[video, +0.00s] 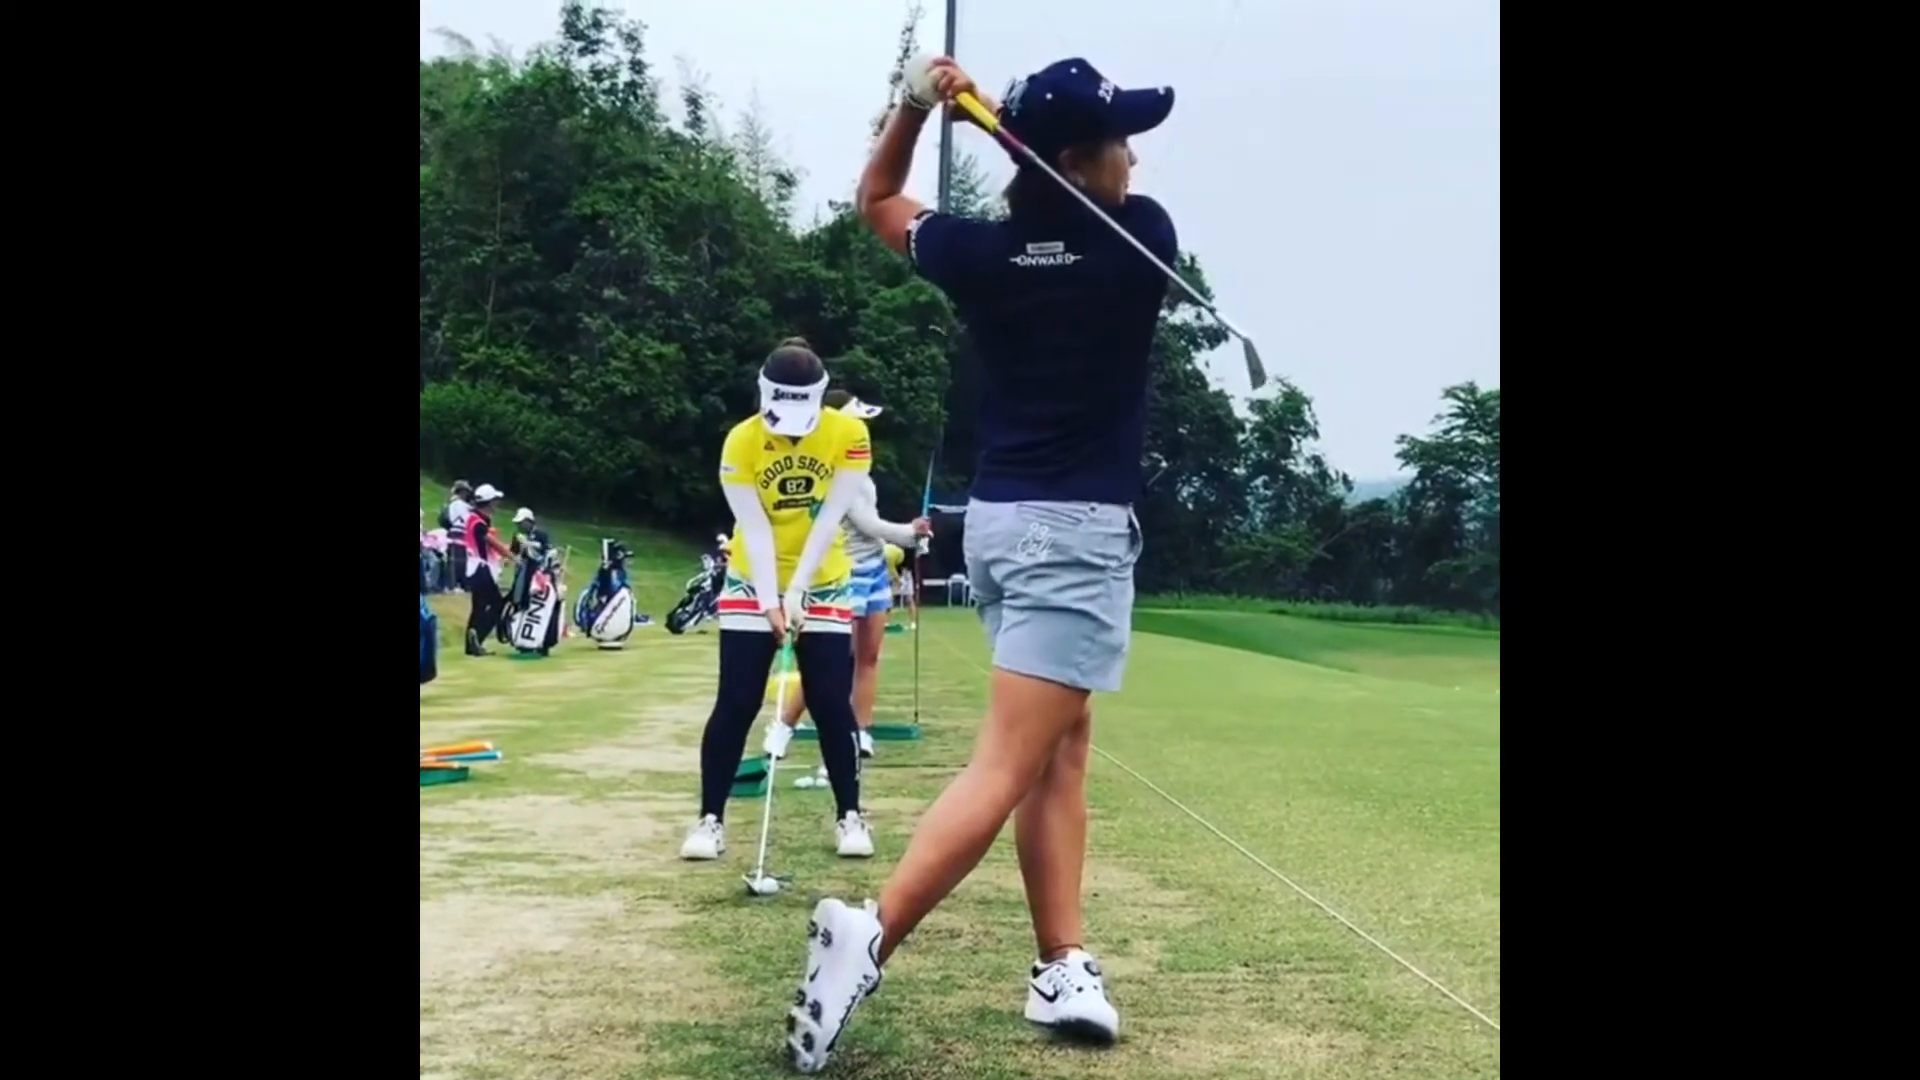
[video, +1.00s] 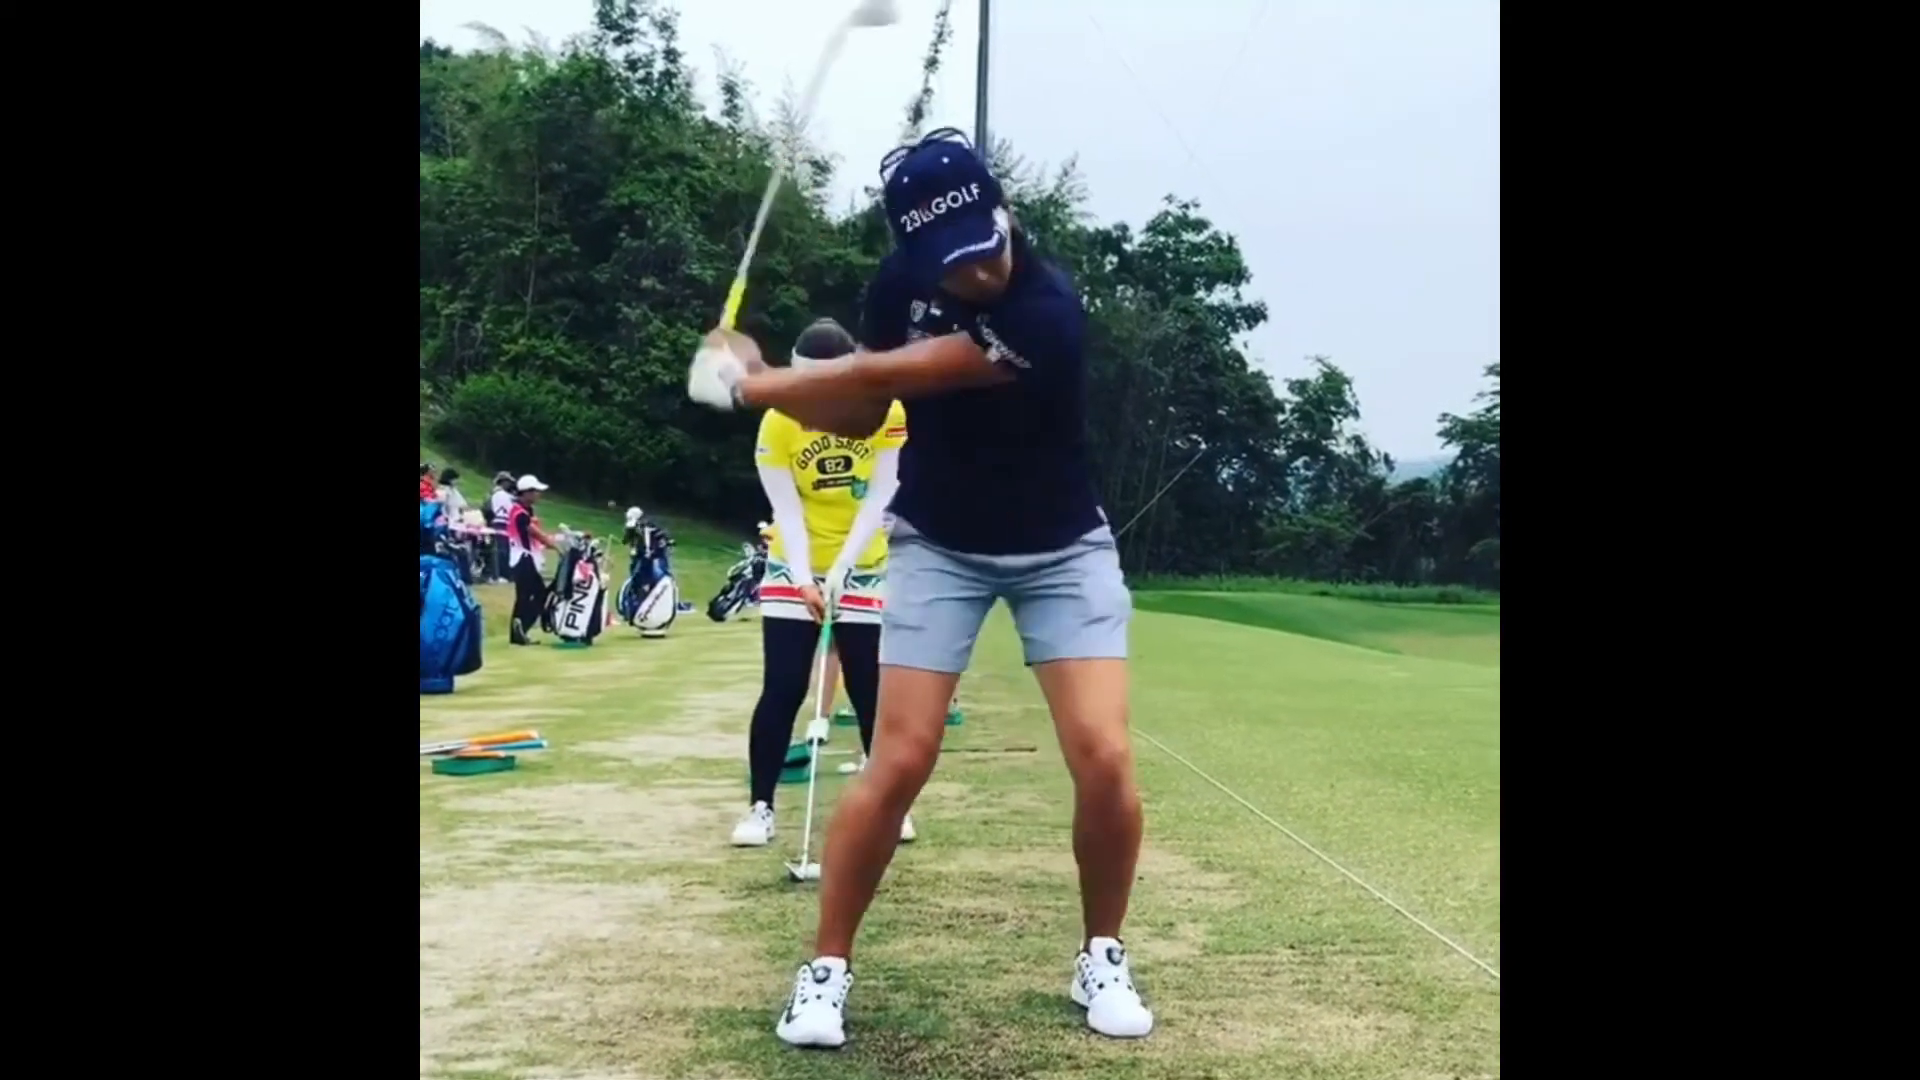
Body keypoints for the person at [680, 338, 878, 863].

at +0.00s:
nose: (788, 424)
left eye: (799, 413)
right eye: (779, 412)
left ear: (819, 396)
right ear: (764, 395)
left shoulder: (849, 433)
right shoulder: (740, 444)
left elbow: (833, 513)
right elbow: (754, 528)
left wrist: (798, 586)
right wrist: (768, 597)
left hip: (823, 585)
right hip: (750, 582)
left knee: (831, 702)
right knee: (736, 701)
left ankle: (849, 816)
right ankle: (710, 820)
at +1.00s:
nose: (818, 391)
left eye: (830, 380)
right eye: (809, 380)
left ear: (853, 374)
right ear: (796, 373)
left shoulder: (889, 418)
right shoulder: (778, 424)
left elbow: (880, 501)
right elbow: (787, 511)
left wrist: (840, 569)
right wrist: (802, 576)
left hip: (865, 568)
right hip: (791, 566)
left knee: (871, 694)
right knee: (782, 689)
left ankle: (892, 805)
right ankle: (761, 806)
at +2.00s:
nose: (794, 422)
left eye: (805, 412)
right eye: (785, 410)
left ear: (825, 396)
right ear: (769, 395)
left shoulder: (855, 432)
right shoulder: (746, 443)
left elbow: (838, 513)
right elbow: (759, 527)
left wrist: (802, 584)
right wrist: (771, 595)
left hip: (828, 583)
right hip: (757, 581)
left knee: (833, 700)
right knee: (741, 699)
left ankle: (850, 815)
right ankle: (711, 817)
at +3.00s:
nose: (820, 402)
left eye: (831, 392)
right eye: (809, 392)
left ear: (848, 374)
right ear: (792, 375)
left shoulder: (877, 409)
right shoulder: (772, 422)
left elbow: (877, 494)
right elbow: (782, 508)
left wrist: (839, 566)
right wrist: (801, 574)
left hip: (856, 562)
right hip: (787, 562)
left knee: (868, 691)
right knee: (782, 688)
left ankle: (884, 791)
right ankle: (764, 805)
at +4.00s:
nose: (799, 421)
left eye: (809, 410)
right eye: (789, 409)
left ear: (830, 394)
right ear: (775, 393)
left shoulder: (861, 430)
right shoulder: (753, 442)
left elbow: (845, 512)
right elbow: (764, 526)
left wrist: (808, 582)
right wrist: (774, 592)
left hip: (836, 580)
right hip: (764, 577)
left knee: (838, 696)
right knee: (746, 696)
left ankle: (852, 814)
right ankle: (715, 815)